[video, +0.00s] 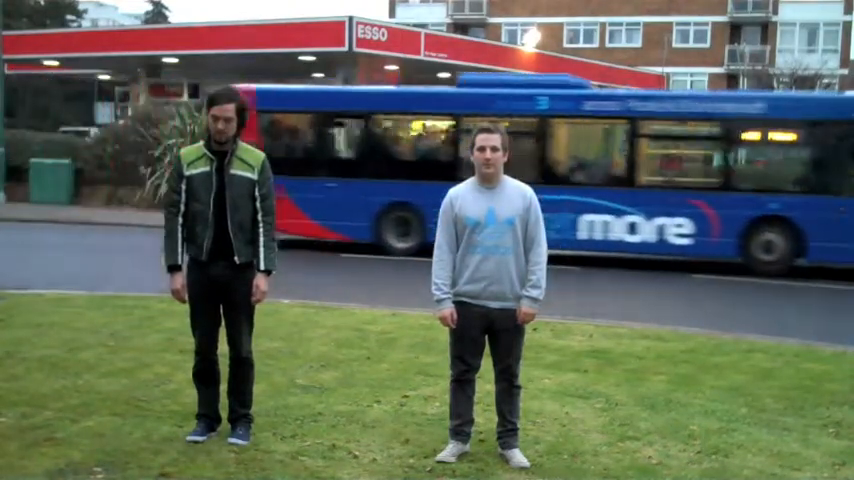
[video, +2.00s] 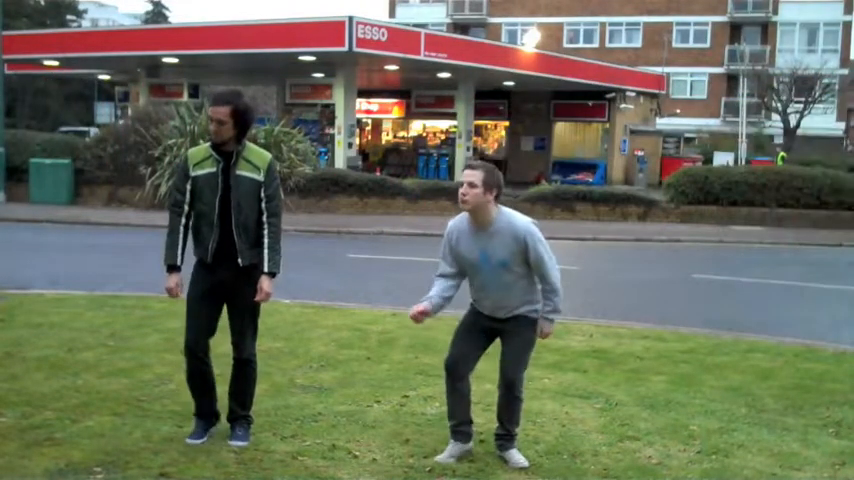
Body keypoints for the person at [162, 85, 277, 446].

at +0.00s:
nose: (221, 126)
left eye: (228, 120)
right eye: (216, 119)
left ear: (239, 122)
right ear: (206, 119)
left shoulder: (256, 162)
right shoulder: (185, 160)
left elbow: (266, 220)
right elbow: (173, 216)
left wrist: (264, 270)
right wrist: (175, 269)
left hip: (241, 270)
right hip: (200, 269)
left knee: (240, 350)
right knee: (204, 349)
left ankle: (241, 421)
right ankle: (206, 418)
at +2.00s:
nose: (212, 128)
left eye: (220, 123)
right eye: (210, 121)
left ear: (240, 125)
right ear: (208, 121)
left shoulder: (263, 164)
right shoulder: (192, 161)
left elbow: (272, 221)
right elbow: (177, 216)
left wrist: (268, 272)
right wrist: (173, 268)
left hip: (246, 272)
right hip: (205, 269)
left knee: (244, 351)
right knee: (194, 346)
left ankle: (240, 420)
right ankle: (205, 416)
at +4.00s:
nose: (207, 117)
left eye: (214, 113)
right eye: (208, 111)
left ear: (234, 118)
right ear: (218, 118)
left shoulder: (265, 166)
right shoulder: (197, 158)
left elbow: (272, 225)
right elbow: (181, 212)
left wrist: (261, 276)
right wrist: (175, 263)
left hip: (244, 272)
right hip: (204, 268)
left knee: (243, 353)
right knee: (185, 336)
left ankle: (239, 419)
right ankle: (198, 410)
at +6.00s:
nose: (226, 117)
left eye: (227, 111)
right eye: (218, 112)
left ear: (228, 115)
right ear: (198, 117)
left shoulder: (244, 158)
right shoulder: (173, 162)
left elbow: (257, 214)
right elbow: (163, 220)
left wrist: (261, 263)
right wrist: (168, 274)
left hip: (239, 267)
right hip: (198, 269)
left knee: (245, 341)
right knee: (201, 346)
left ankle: (240, 418)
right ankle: (205, 418)